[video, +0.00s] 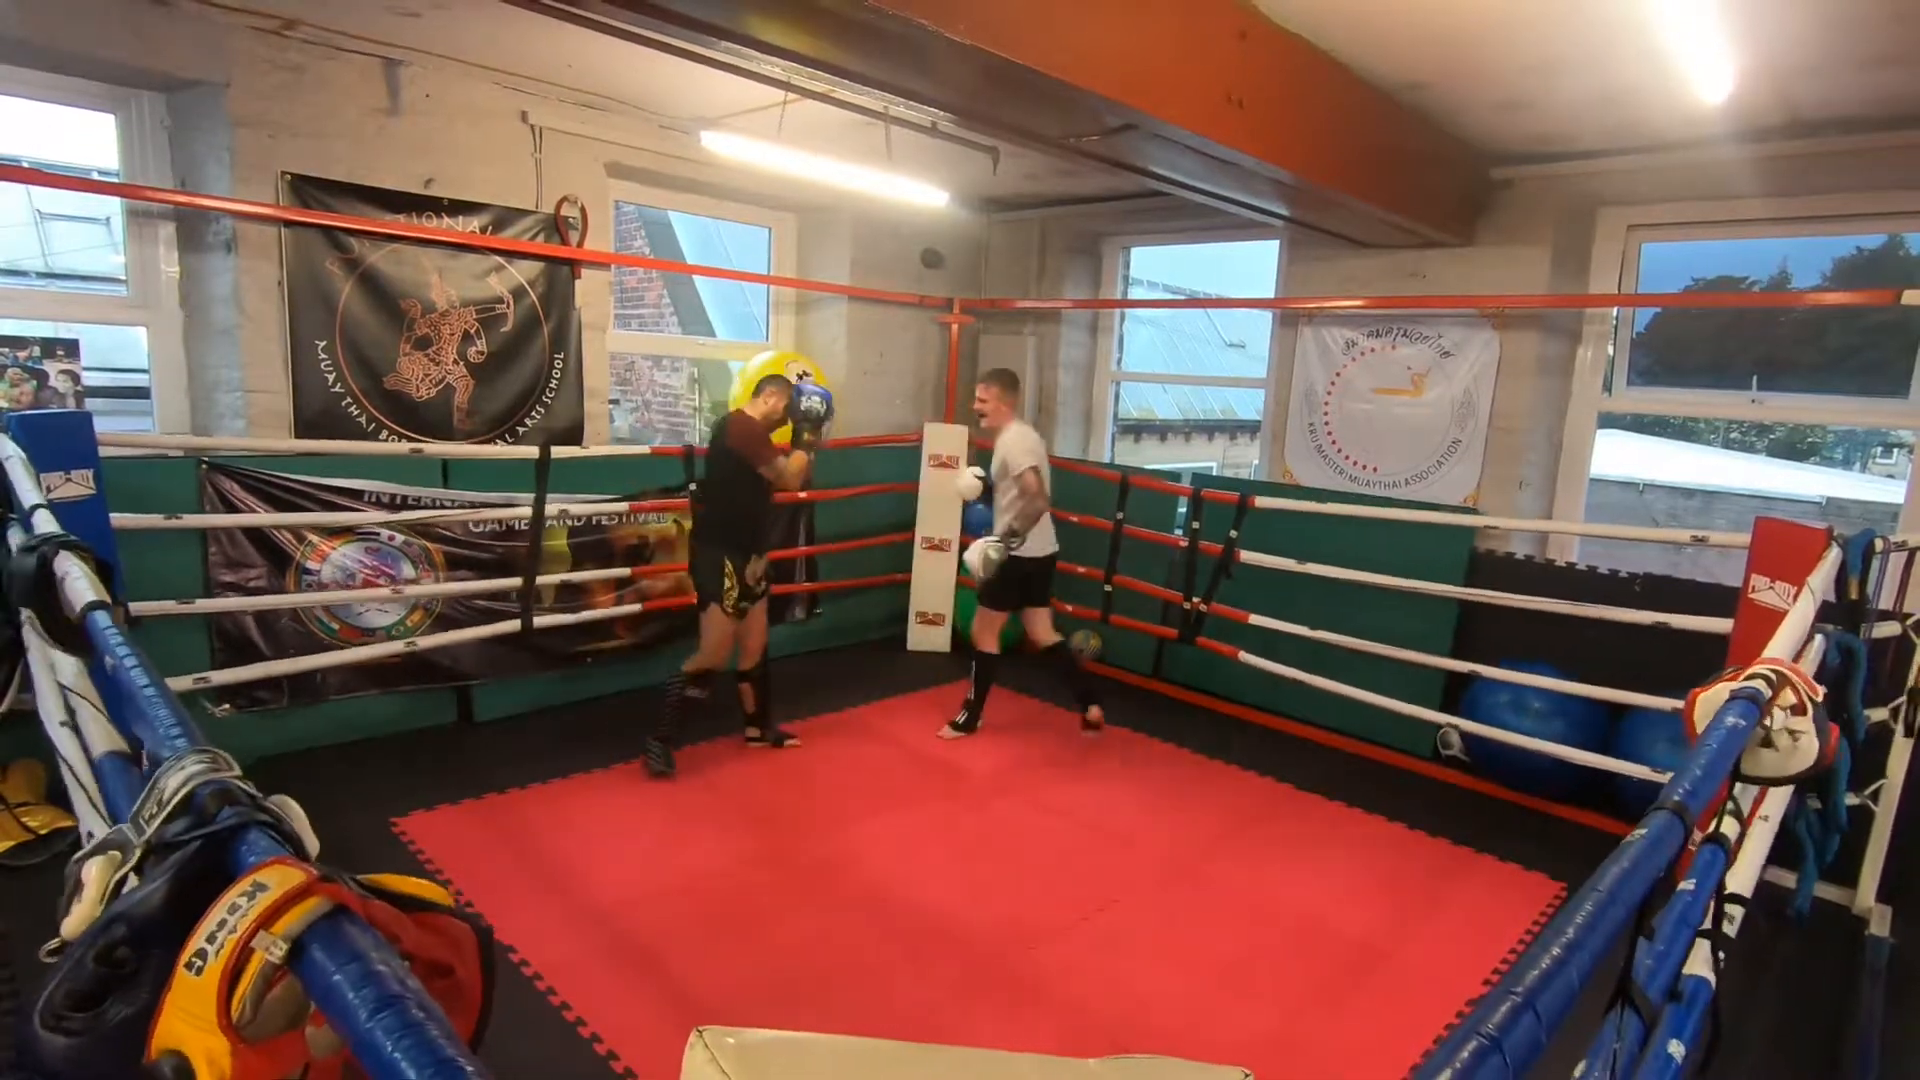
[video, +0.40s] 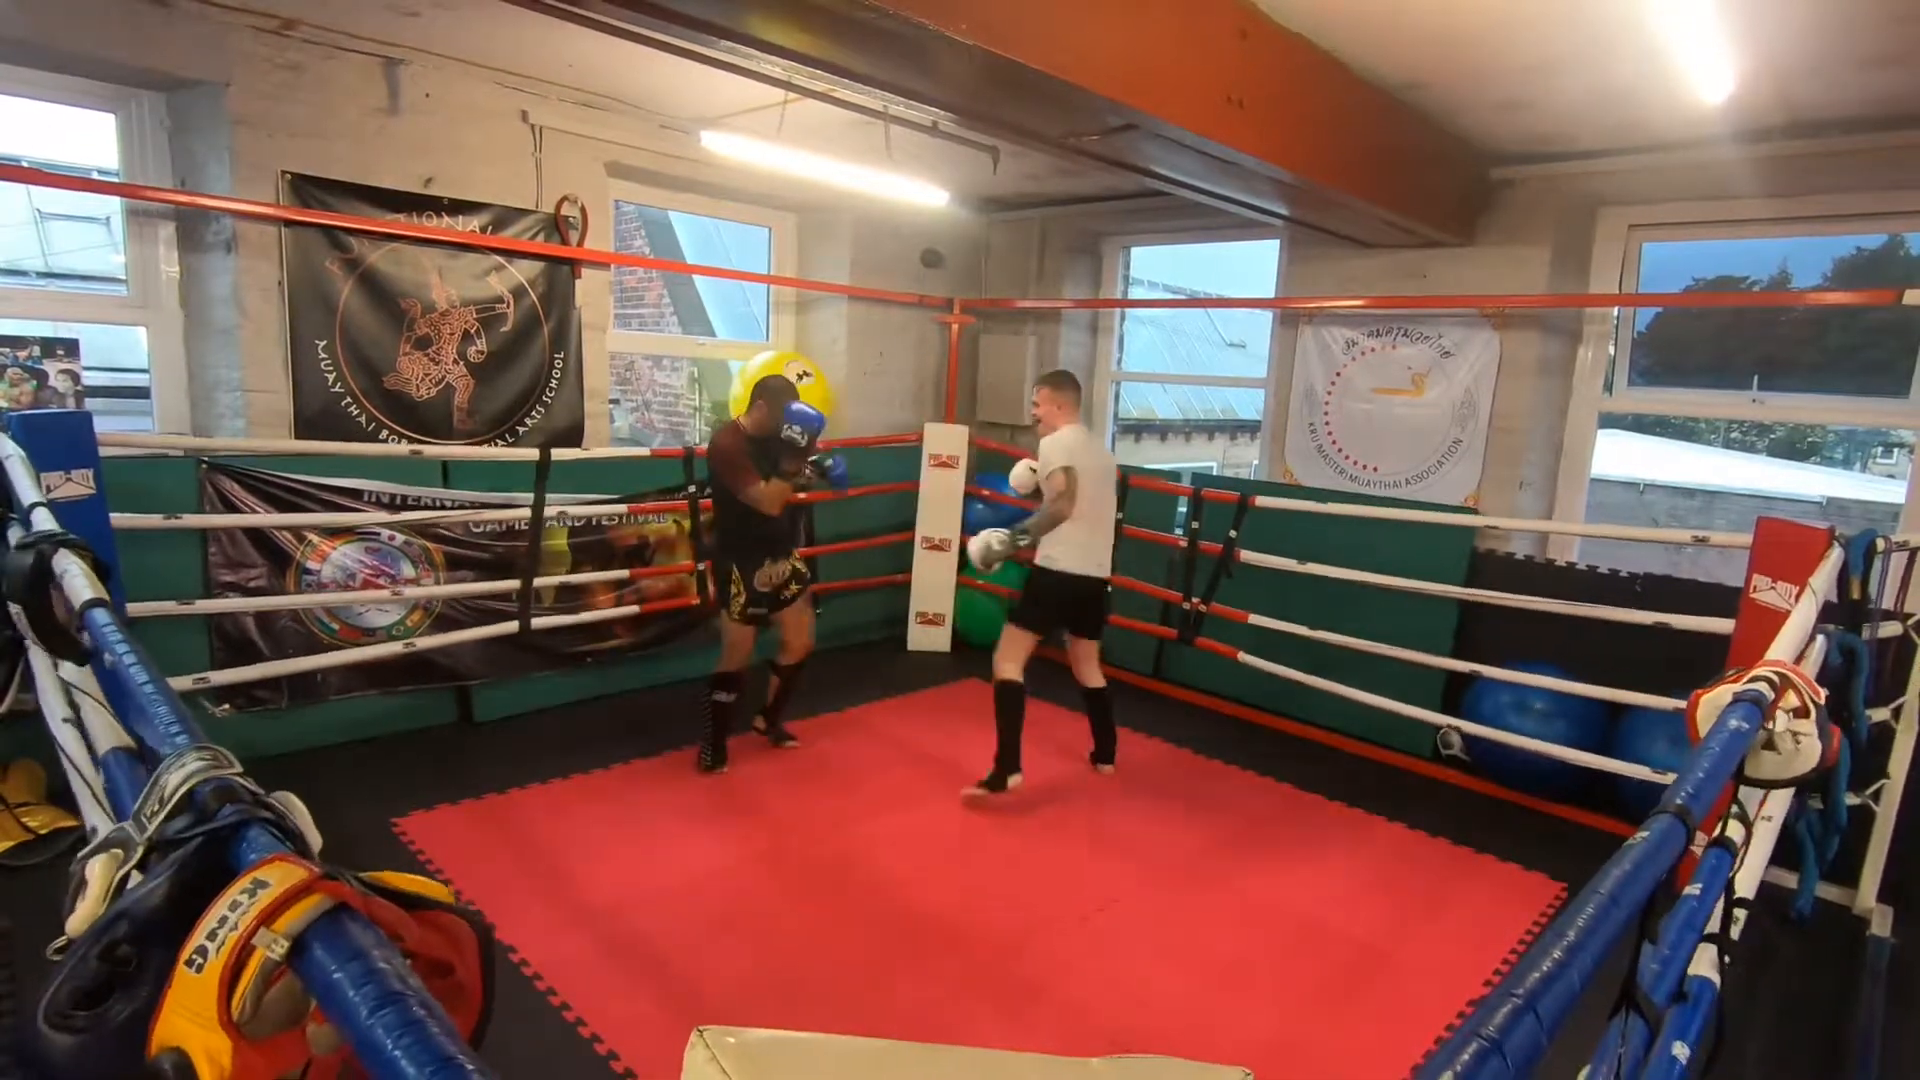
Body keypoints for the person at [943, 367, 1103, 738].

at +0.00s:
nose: (977, 407)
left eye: (983, 401)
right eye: (977, 400)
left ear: (1005, 402)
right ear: (1005, 404)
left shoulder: (1014, 441)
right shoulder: (1022, 435)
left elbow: (1038, 499)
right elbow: (1018, 488)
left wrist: (1001, 541)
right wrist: (986, 488)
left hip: (1019, 555)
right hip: (1039, 553)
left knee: (985, 631)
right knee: (1041, 630)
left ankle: (971, 716)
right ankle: (1089, 703)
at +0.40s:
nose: (1034, 414)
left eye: (1038, 405)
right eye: (1035, 405)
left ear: (1055, 404)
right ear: (1072, 406)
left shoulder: (1056, 443)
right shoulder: (1101, 451)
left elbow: (1061, 503)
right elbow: (1095, 513)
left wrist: (1014, 535)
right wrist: (1044, 488)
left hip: (1056, 577)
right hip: (1094, 581)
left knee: (1008, 659)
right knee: (1087, 664)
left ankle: (1006, 768)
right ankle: (1106, 755)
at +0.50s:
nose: (1034, 424)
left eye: (1038, 416)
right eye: (1035, 416)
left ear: (1055, 416)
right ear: (1075, 416)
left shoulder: (1044, 464)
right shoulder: (1108, 464)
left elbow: (1030, 525)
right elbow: (1087, 520)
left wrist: (979, 542)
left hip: (1054, 593)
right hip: (1097, 594)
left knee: (1028, 693)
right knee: (1088, 667)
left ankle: (1019, 800)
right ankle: (1107, 756)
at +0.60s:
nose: (1022, 434)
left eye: (1024, 425)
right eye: (1021, 425)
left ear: (1045, 420)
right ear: (1062, 421)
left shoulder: (1036, 462)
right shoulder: (1103, 466)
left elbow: (1006, 532)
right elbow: (1096, 528)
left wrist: (964, 537)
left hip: (1055, 598)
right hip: (1101, 600)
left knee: (1030, 701)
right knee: (1097, 676)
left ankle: (1021, 818)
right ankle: (1110, 755)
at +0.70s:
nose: (1015, 433)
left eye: (1017, 423)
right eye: (1013, 423)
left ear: (1037, 418)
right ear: (1058, 416)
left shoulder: (1031, 460)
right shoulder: (1103, 462)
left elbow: (1003, 535)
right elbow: (1091, 529)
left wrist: (970, 535)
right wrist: (1008, 530)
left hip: (1058, 601)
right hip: (1106, 600)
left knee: (1031, 701)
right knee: (1105, 685)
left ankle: (1022, 818)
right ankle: (1127, 780)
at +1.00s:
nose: (1037, 440)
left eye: (1037, 431)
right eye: (1034, 432)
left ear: (1054, 423)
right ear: (1080, 422)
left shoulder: (1055, 470)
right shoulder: (1123, 470)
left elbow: (1052, 539)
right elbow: (1104, 541)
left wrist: (1004, 569)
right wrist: (1017, 560)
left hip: (1068, 615)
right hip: (1124, 618)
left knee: (1028, 707)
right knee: (1138, 732)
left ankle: (1018, 818)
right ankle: (1171, 857)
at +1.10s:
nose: (1049, 456)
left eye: (1050, 446)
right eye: (1047, 447)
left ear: (1068, 440)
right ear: (1095, 438)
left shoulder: (1066, 487)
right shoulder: (1134, 486)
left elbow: (1061, 556)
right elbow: (1113, 557)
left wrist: (1021, 596)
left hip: (1076, 633)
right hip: (1134, 638)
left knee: (1023, 703)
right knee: (1147, 752)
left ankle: (1009, 816)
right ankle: (1175, 880)